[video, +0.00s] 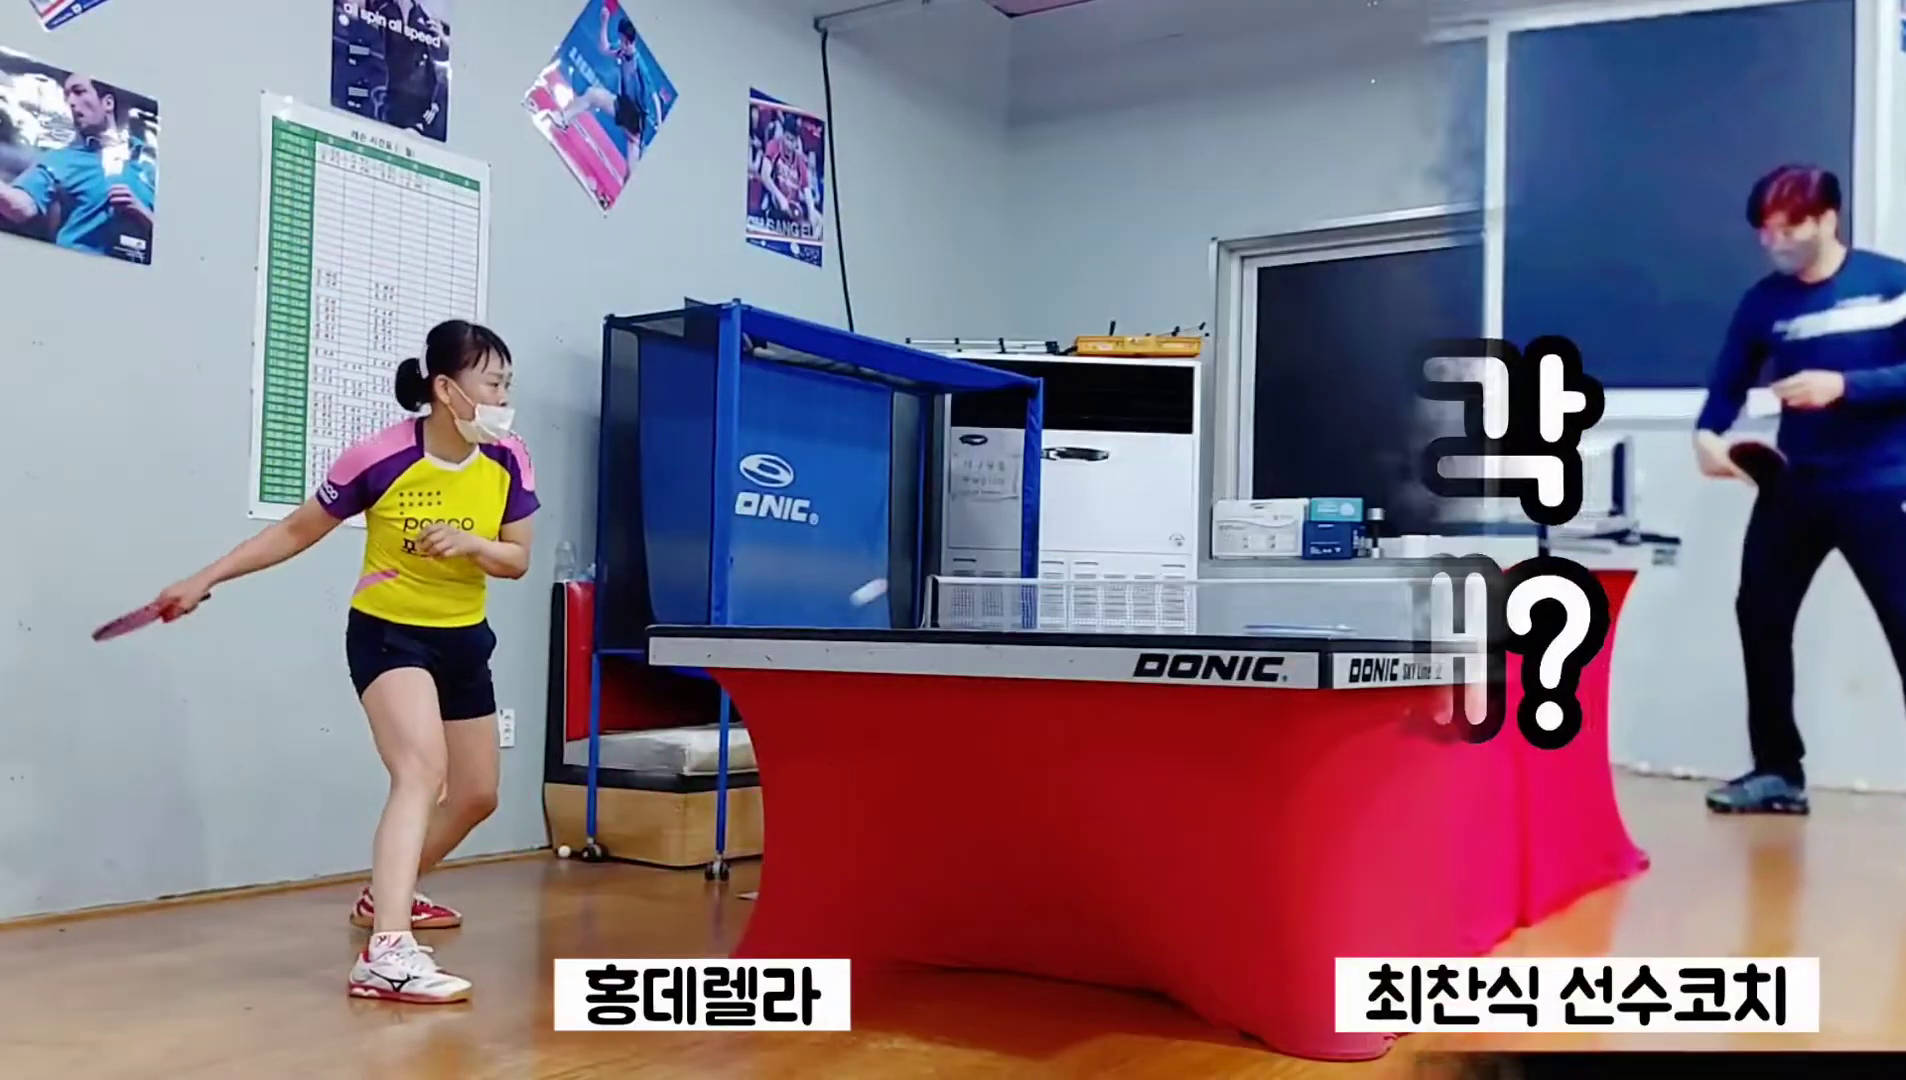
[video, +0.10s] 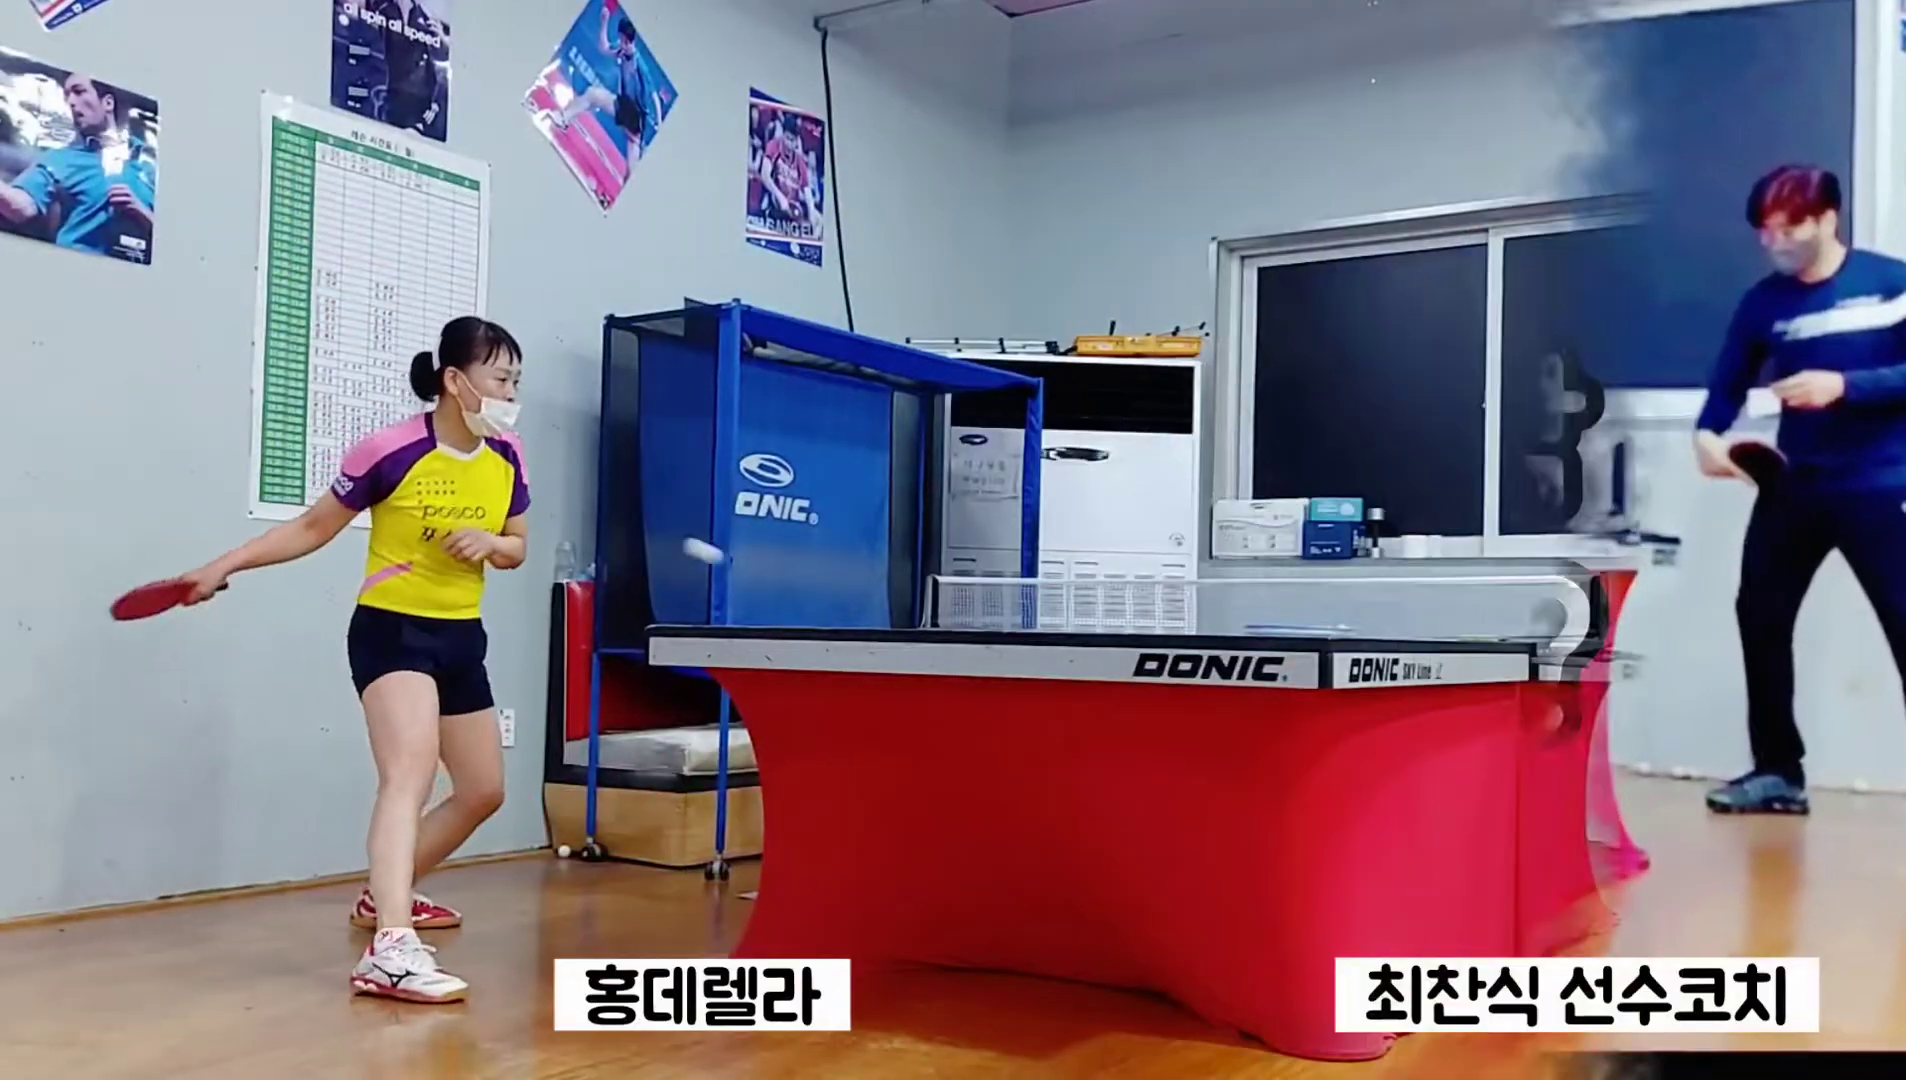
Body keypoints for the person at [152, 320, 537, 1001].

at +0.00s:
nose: (503, 397)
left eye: (506, 384)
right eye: (490, 384)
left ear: (499, 388)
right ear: (443, 389)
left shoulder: (507, 457)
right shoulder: (379, 459)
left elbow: (517, 561)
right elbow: (295, 532)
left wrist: (472, 544)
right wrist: (204, 579)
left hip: (464, 638)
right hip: (390, 632)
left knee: (476, 795)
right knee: (421, 770)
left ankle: (386, 892)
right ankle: (390, 948)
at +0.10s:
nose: (508, 393)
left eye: (513, 381)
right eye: (497, 380)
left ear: (508, 385)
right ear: (452, 382)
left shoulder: (505, 455)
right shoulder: (389, 452)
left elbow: (517, 551)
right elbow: (312, 528)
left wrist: (491, 543)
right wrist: (224, 565)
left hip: (461, 637)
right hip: (393, 631)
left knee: (482, 791)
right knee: (408, 772)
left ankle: (386, 890)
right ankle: (392, 943)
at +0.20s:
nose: (511, 379)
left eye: (518, 368)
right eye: (502, 364)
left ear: (514, 373)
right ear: (458, 363)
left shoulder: (496, 444)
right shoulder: (407, 426)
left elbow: (486, 530)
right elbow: (354, 505)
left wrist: (495, 536)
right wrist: (325, 540)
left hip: (451, 624)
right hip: (391, 615)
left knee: (478, 779)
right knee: (402, 763)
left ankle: (386, 890)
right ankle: (381, 941)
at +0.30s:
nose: (511, 365)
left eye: (517, 357)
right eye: (504, 351)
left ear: (494, 362)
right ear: (460, 348)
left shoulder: (472, 425)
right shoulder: (424, 399)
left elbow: (436, 520)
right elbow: (425, 467)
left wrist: (480, 531)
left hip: (435, 612)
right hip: (389, 599)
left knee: (464, 764)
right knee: (398, 754)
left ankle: (385, 892)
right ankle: (349, 931)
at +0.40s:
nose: (509, 362)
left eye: (511, 353)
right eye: (501, 348)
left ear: (468, 352)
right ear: (461, 345)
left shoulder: (452, 407)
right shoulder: (432, 391)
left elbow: (416, 496)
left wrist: (468, 532)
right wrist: (581, 359)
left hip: (411, 607)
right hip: (383, 600)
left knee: (444, 756)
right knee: (394, 755)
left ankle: (385, 890)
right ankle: (338, 931)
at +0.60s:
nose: (504, 377)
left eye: (504, 365)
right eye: (495, 363)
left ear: (447, 367)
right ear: (455, 365)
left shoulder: (410, 421)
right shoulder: (449, 415)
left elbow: (391, 507)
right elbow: (562, 451)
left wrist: (449, 554)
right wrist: (586, 402)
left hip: (361, 614)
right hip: (363, 616)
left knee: (425, 764)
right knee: (417, 780)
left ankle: (379, 889)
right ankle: (331, 946)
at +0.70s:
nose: (498, 355)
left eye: (498, 342)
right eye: (490, 341)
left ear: (447, 345)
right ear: (451, 343)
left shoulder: (426, 402)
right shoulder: (432, 398)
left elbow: (387, 500)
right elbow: (495, 493)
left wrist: (455, 533)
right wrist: (564, 480)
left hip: (378, 608)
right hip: (355, 607)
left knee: (410, 762)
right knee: (398, 768)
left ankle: (374, 885)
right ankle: (331, 945)